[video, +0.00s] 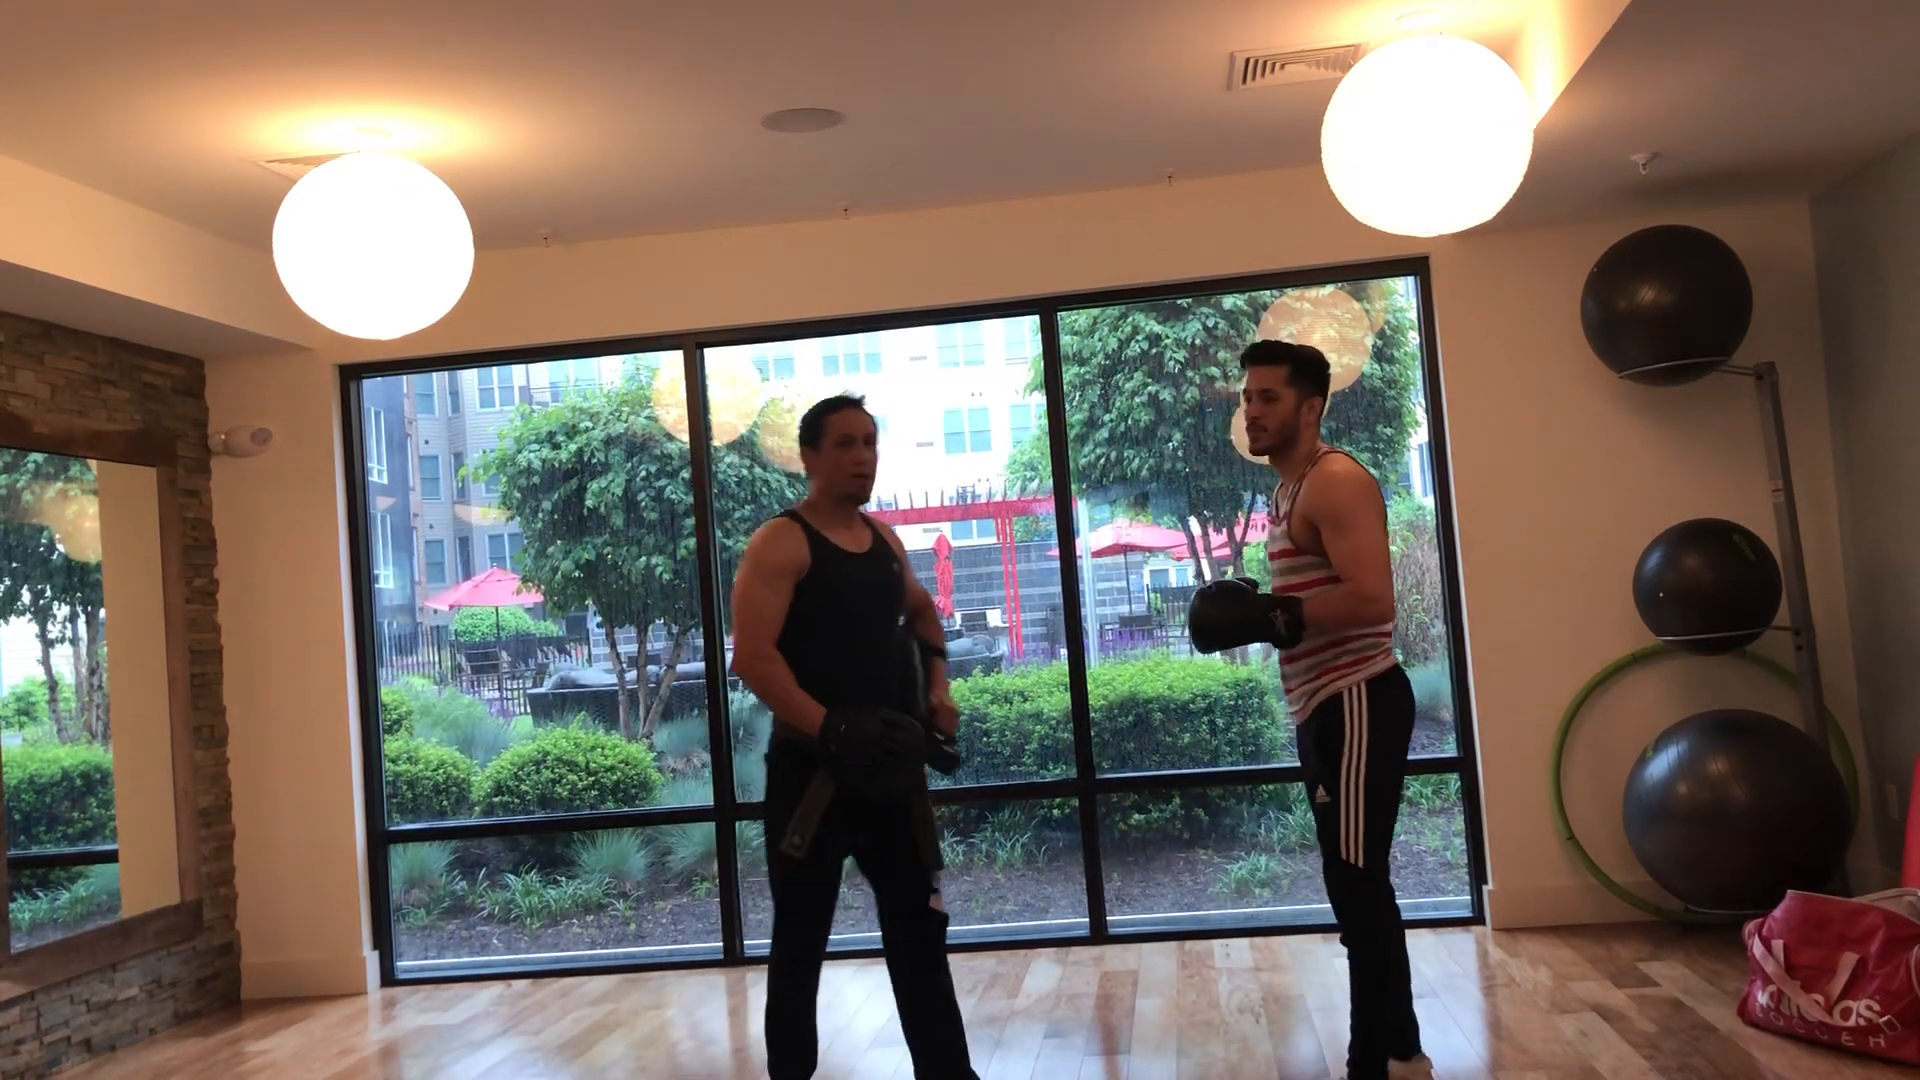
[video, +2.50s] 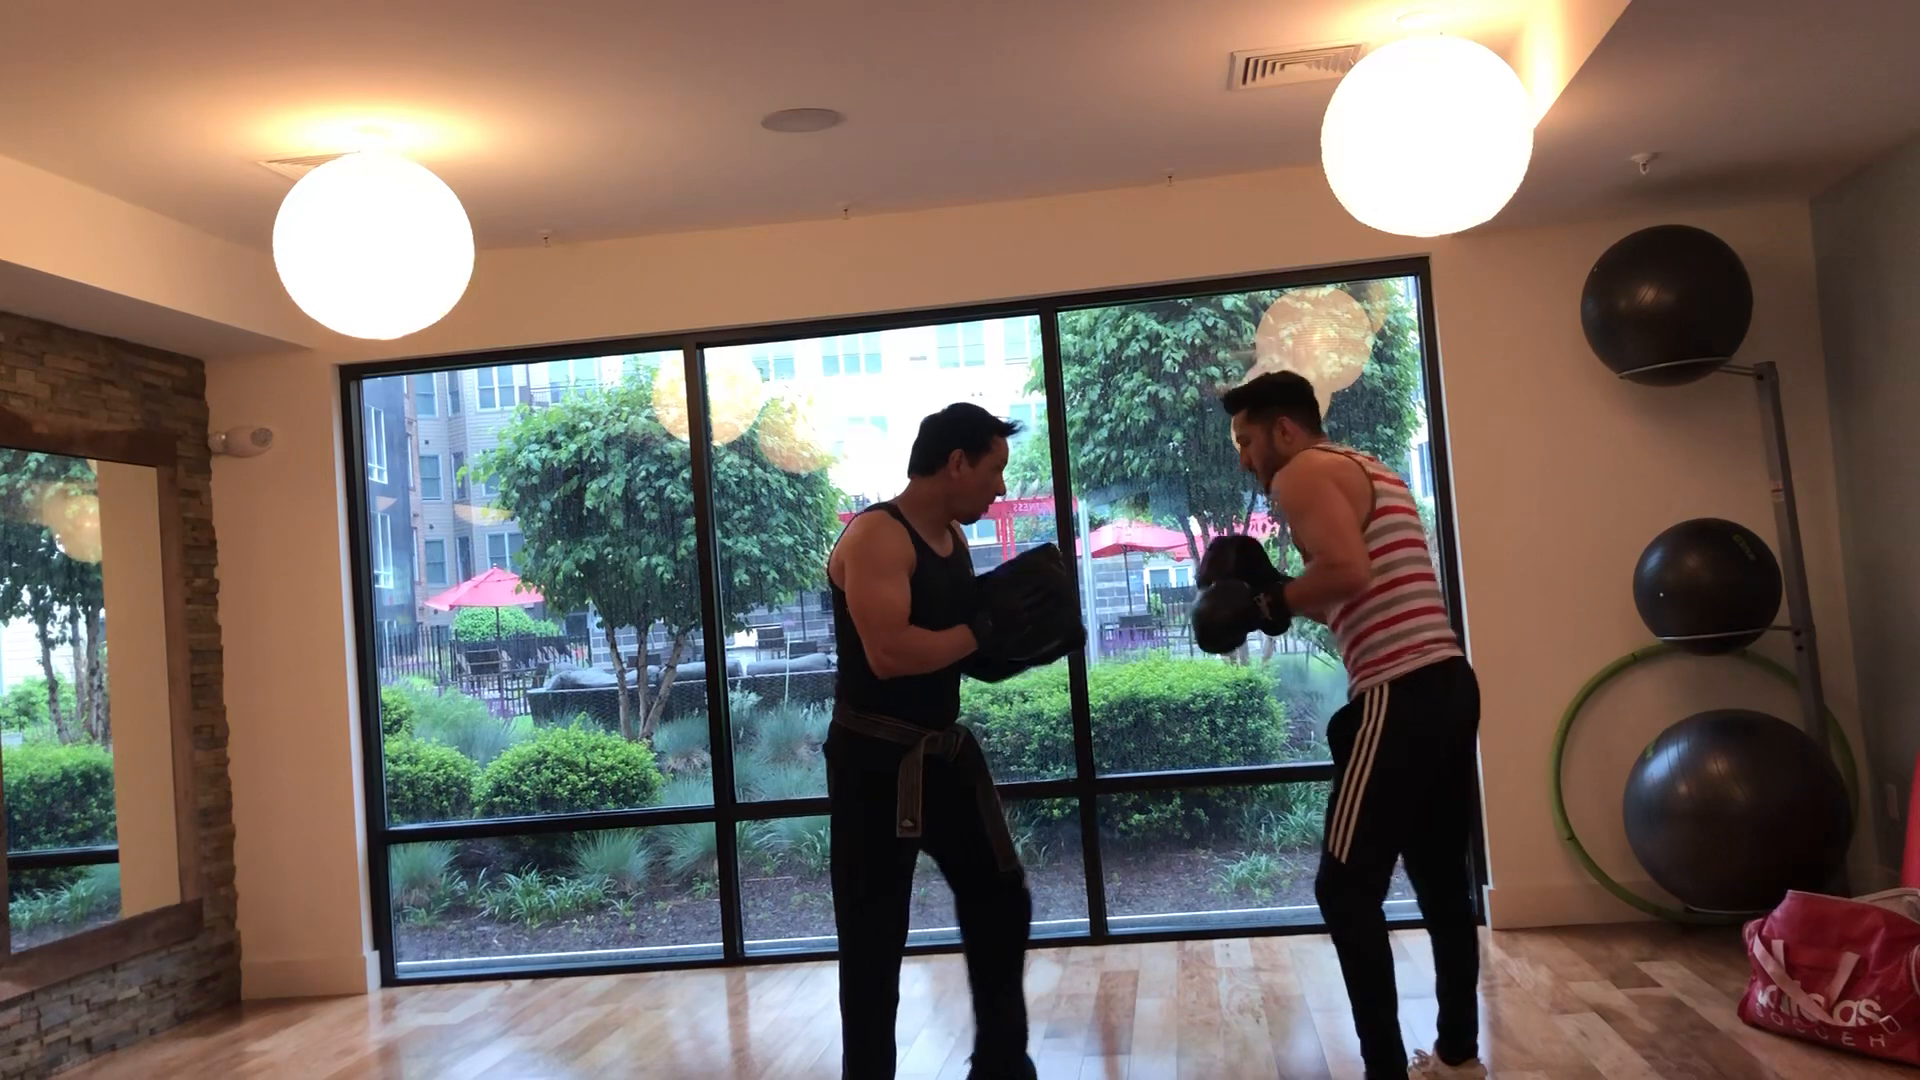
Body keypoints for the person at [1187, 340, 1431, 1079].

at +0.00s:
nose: (1252, 411)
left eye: (1268, 397)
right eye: (1248, 398)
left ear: (1311, 405)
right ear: (1251, 405)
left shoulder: (1338, 480)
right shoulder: (1293, 488)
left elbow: (1374, 602)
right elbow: (1321, 596)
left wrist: (1273, 615)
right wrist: (1255, 609)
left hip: (1360, 698)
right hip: (1328, 701)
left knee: (1356, 883)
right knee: (1354, 881)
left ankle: (1371, 1064)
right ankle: (1399, 1045)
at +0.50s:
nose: (1265, 421)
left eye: (1278, 406)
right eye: (1255, 409)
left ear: (1315, 409)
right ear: (1250, 418)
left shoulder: (1348, 477)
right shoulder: (1294, 497)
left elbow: (1412, 577)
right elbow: (1335, 594)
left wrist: (1317, 616)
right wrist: (1273, 618)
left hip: (1376, 694)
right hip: (1336, 699)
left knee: (1353, 869)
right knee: (1356, 869)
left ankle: (1388, 1054)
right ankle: (1391, 1046)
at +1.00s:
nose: (1269, 413)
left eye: (1285, 398)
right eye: (1264, 399)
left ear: (1328, 403)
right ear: (1261, 405)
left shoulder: (1362, 480)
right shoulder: (1286, 495)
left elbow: (1420, 592)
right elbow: (1317, 597)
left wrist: (1315, 614)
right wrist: (1257, 607)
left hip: (1366, 699)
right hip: (1314, 707)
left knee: (1375, 883)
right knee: (1352, 885)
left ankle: (1402, 1059)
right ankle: (1396, 1052)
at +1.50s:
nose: (1256, 397)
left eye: (1271, 383)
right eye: (1259, 383)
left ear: (1319, 392)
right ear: (1302, 394)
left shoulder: (1371, 479)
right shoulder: (1282, 489)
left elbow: (1413, 603)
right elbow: (1306, 592)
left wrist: (1301, 611)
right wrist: (1243, 603)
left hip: (1365, 699)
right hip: (1299, 707)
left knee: (1380, 887)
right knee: (1300, 882)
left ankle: (1403, 1062)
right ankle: (1378, 1036)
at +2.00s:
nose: (1237, 413)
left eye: (1245, 398)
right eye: (1238, 399)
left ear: (1283, 397)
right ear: (1291, 400)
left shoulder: (1337, 475)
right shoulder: (1321, 478)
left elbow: (1354, 603)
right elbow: (1337, 597)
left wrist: (1263, 613)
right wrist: (1261, 608)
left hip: (1365, 698)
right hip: (1343, 699)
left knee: (1370, 879)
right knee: (1348, 874)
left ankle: (1402, 1062)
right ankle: (1432, 1041)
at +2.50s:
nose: (1242, 459)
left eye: (1245, 441)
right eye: (1238, 446)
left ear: (1281, 425)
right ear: (1304, 426)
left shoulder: (1305, 472)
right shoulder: (1370, 468)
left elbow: (1347, 571)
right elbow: (1360, 598)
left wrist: (1271, 599)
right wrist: (1277, 592)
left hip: (1396, 693)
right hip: (1446, 685)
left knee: (1345, 889)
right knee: (1441, 881)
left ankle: (1382, 1069)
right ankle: (1457, 1048)